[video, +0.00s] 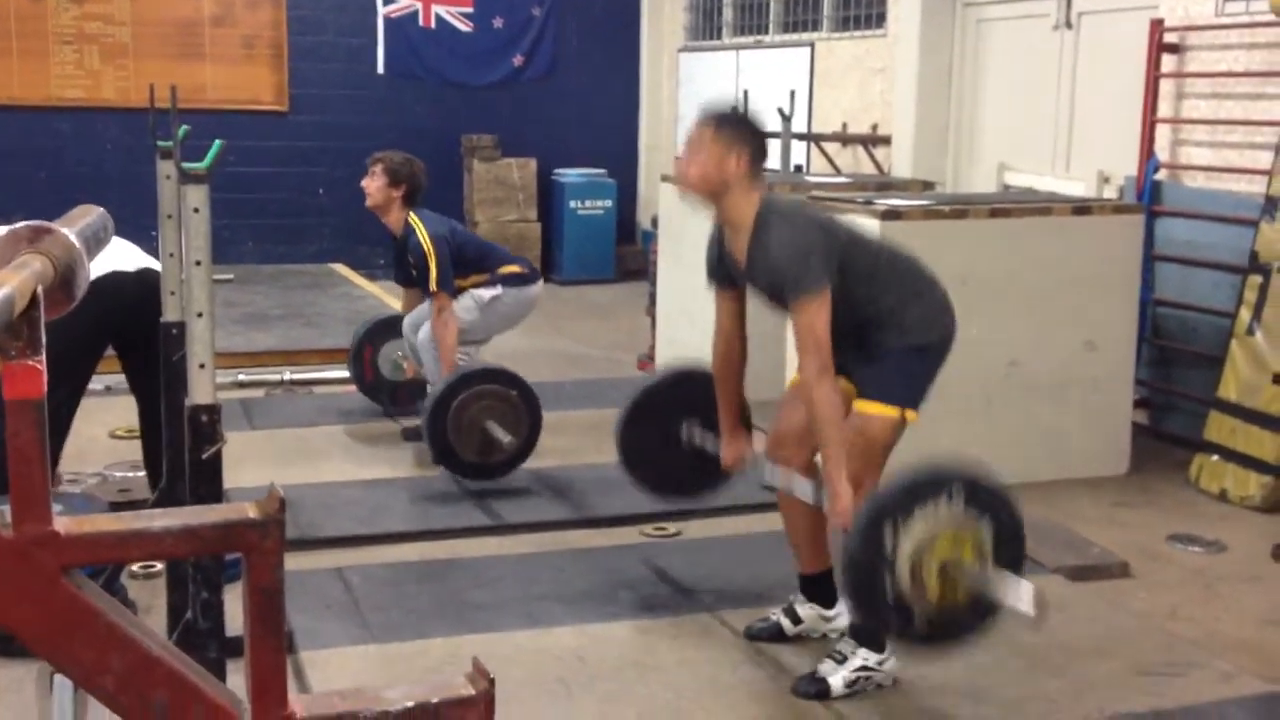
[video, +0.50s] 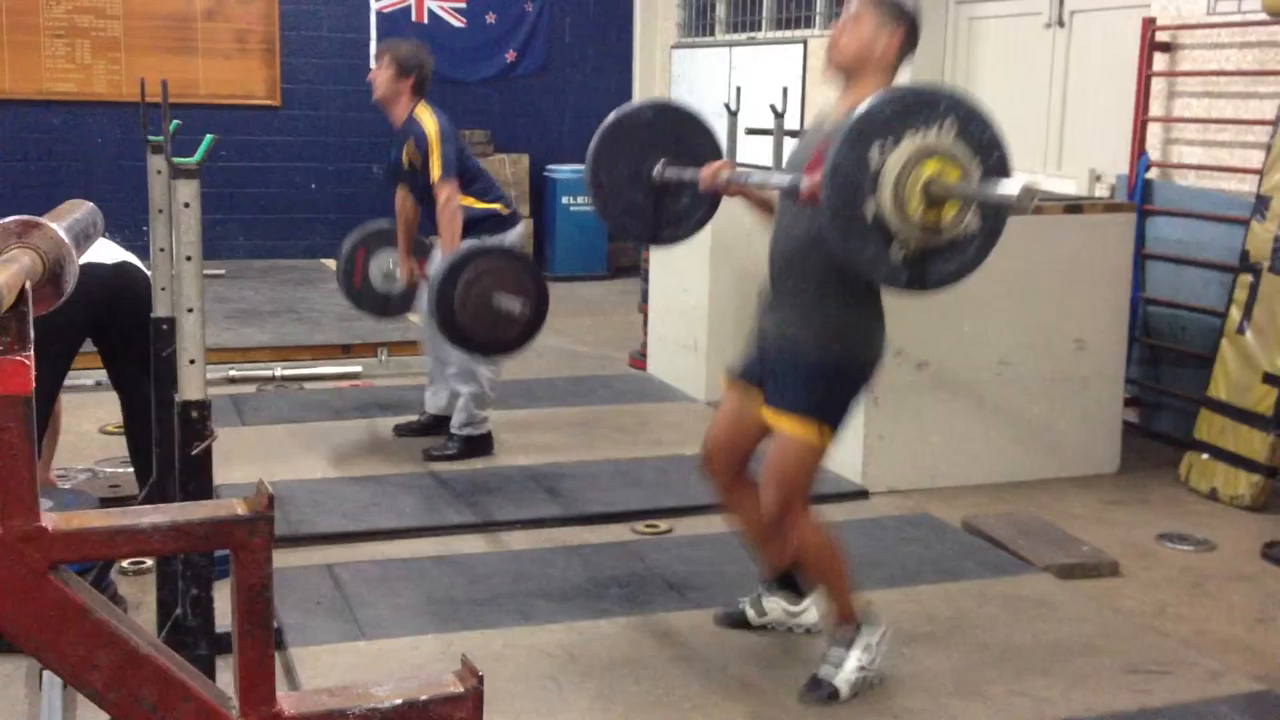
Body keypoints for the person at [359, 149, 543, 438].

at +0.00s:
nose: (363, 184)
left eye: (374, 177)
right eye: (367, 176)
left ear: (398, 191)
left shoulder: (427, 235)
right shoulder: (406, 235)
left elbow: (443, 311)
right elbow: (412, 298)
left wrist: (448, 380)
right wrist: (412, 357)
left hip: (514, 287)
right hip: (488, 286)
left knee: (429, 339)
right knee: (413, 325)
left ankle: (456, 424)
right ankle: (438, 413)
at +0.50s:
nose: (370, 76)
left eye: (379, 69)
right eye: (374, 68)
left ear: (406, 79)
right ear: (398, 79)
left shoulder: (432, 126)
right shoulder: (407, 129)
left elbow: (448, 198)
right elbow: (406, 194)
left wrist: (449, 269)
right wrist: (405, 257)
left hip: (494, 231)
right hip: (456, 231)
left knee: (470, 321)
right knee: (432, 315)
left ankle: (473, 428)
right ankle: (441, 411)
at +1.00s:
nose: (445, 80)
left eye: (455, 75)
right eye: (449, 73)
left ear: (477, 90)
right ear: (463, 91)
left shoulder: (499, 127)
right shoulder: (458, 133)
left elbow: (533, 164)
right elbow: (440, 154)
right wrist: (420, 163)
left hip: (496, 257)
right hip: (462, 255)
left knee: (448, 344)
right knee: (414, 332)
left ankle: (486, 440)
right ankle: (447, 422)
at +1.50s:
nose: (444, 51)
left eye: (453, 45)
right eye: (447, 44)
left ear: (477, 60)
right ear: (466, 61)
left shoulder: (491, 111)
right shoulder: (454, 115)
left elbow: (505, 183)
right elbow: (449, 186)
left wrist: (499, 250)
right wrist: (439, 246)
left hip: (498, 246)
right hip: (468, 247)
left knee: (498, 338)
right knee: (456, 332)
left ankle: (500, 440)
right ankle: (463, 421)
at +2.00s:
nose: (402, 108)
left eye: (406, 98)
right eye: (401, 99)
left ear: (432, 92)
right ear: (431, 95)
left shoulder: (469, 134)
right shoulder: (444, 139)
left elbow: (484, 212)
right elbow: (442, 208)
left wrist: (492, 280)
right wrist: (434, 273)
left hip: (509, 254)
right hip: (474, 256)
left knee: (494, 353)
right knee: (461, 347)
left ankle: (500, 450)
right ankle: (465, 432)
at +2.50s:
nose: (374, 273)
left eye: (377, 262)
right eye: (370, 265)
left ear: (398, 248)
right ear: (398, 248)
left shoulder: (444, 270)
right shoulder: (425, 270)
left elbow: (466, 346)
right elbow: (437, 334)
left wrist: (470, 420)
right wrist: (440, 393)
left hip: (542, 289)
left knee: (463, 356)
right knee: (501, 365)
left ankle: (462, 452)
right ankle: (506, 448)